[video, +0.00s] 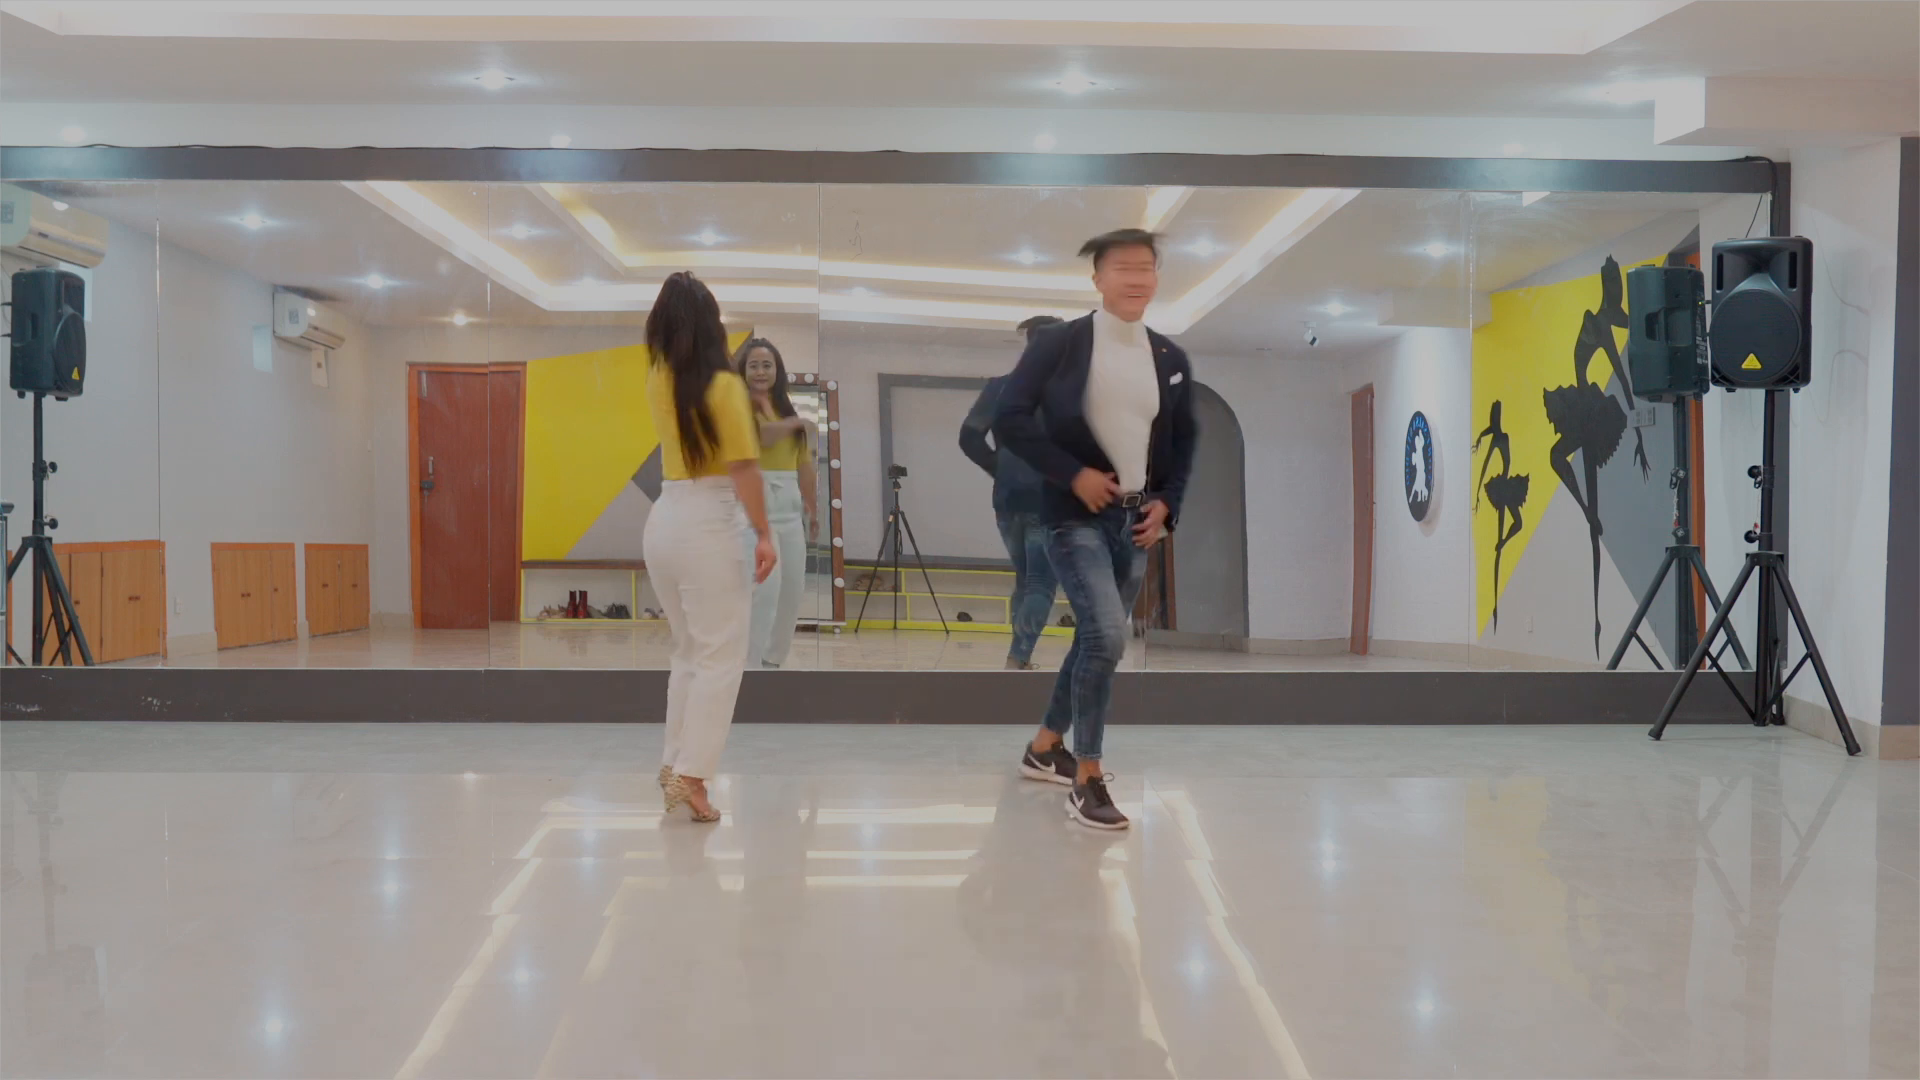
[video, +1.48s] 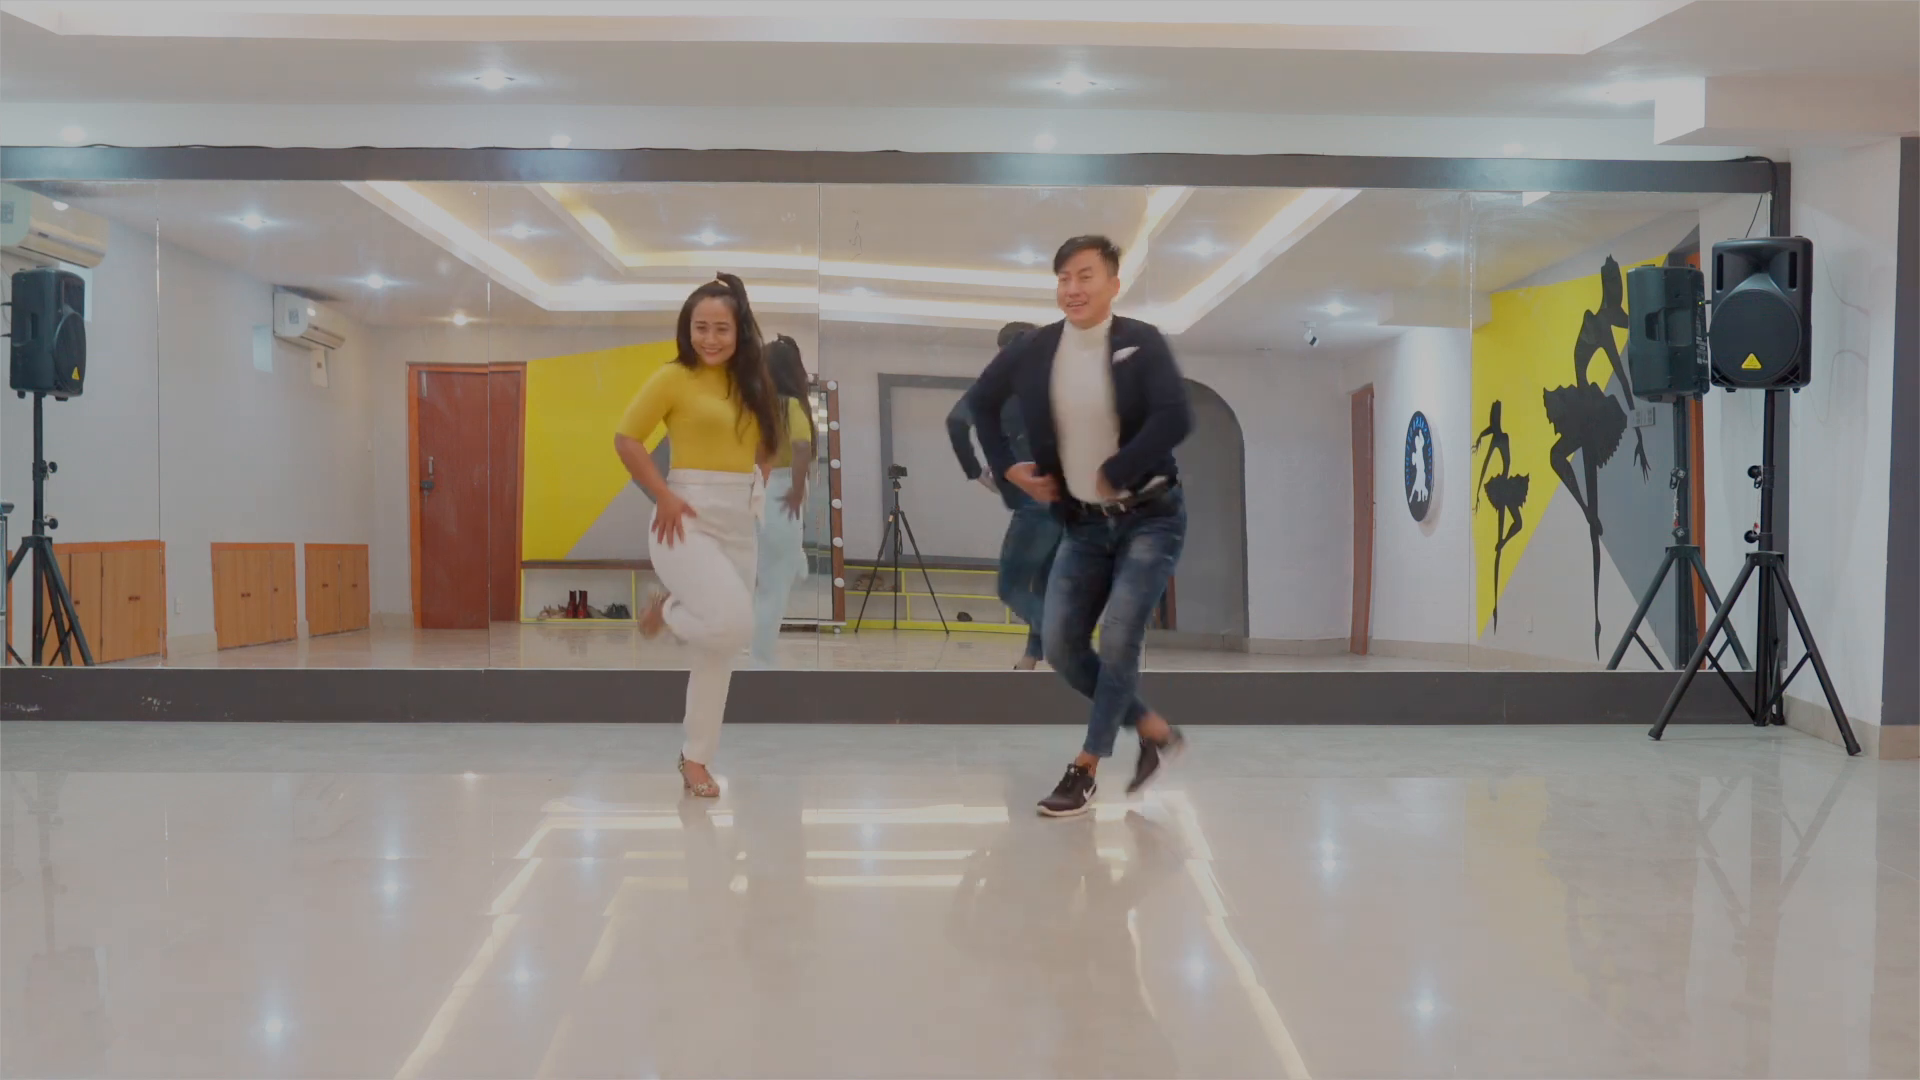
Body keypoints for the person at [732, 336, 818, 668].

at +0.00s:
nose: (761, 371)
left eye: (767, 365)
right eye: (753, 365)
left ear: (778, 372)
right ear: (741, 371)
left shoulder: (789, 411)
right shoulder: (738, 411)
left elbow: (805, 466)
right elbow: (752, 440)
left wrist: (812, 510)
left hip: (789, 510)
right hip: (752, 510)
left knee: (792, 589)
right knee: (764, 587)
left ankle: (773, 662)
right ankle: (751, 666)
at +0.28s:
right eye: (787, 379)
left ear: (751, 380)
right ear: (784, 381)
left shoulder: (738, 414)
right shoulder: (792, 419)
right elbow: (805, 474)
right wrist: (809, 516)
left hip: (738, 505)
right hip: (777, 503)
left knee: (749, 595)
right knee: (784, 597)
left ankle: (752, 671)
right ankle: (759, 670)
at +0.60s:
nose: (794, 385)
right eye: (790, 380)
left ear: (751, 383)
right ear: (785, 384)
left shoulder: (740, 418)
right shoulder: (788, 421)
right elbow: (803, 473)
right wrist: (811, 514)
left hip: (741, 505)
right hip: (780, 503)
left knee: (751, 593)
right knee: (781, 597)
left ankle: (756, 668)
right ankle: (756, 674)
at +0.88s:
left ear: (750, 383)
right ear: (785, 384)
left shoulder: (738, 420)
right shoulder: (788, 422)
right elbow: (805, 471)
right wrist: (810, 509)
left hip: (743, 507)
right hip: (783, 504)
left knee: (752, 596)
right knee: (784, 599)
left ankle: (748, 671)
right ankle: (760, 674)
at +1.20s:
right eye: (795, 377)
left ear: (756, 384)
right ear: (790, 381)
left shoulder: (745, 419)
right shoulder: (795, 422)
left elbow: (739, 475)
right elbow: (804, 479)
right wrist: (811, 521)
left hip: (745, 510)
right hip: (783, 508)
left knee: (753, 597)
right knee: (784, 601)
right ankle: (758, 674)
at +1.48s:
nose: (760, 372)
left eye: (763, 366)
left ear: (770, 369)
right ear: (794, 368)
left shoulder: (787, 402)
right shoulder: (788, 403)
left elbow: (802, 448)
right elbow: (802, 448)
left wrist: (796, 488)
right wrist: (798, 489)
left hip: (774, 487)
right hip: (776, 486)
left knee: (787, 565)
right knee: (778, 568)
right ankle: (761, 652)